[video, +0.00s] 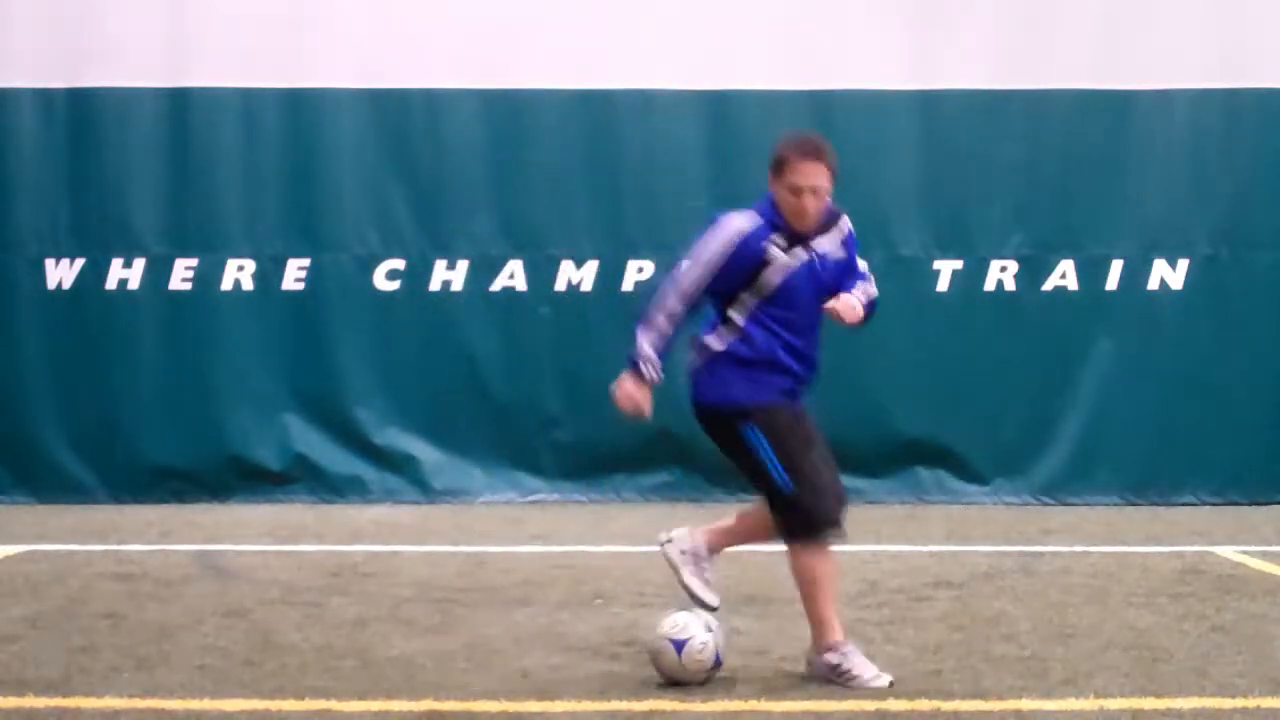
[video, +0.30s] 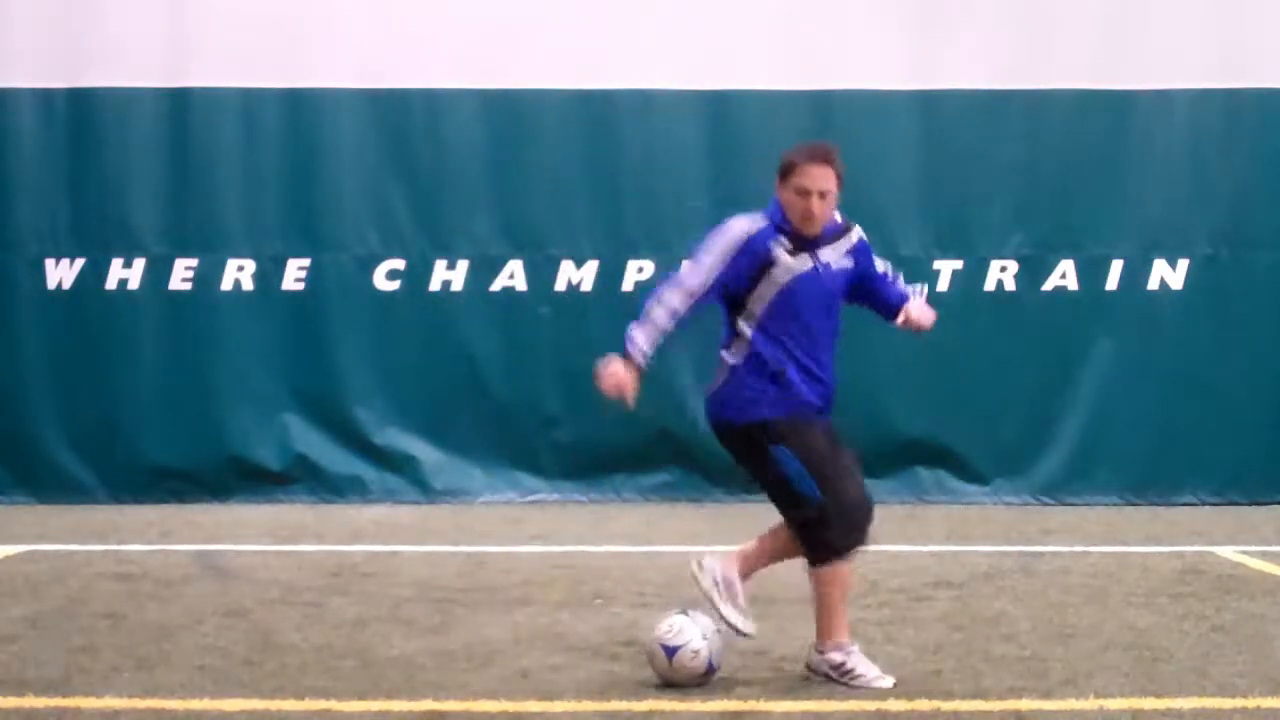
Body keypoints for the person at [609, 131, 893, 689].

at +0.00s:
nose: (811, 205)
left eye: (820, 192)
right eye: (799, 192)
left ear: (832, 190)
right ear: (775, 187)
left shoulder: (836, 229)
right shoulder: (740, 232)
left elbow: (860, 279)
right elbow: (676, 293)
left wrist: (856, 298)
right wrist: (641, 369)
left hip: (782, 391)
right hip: (732, 390)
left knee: (819, 502)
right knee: (806, 507)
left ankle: (697, 545)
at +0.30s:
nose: (815, 206)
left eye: (825, 196)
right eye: (803, 194)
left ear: (837, 197)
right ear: (780, 191)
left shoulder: (847, 241)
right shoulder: (749, 234)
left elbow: (878, 282)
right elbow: (685, 286)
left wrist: (907, 305)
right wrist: (632, 355)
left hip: (808, 407)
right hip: (751, 406)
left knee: (851, 514)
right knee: (829, 518)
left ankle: (731, 569)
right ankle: (833, 649)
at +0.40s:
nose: (797, 180)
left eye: (809, 169)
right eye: (787, 167)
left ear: (823, 169)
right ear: (766, 164)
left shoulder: (835, 220)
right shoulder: (730, 207)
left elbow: (873, 274)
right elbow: (660, 252)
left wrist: (911, 314)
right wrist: (624, 322)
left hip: (788, 385)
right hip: (725, 381)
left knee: (811, 495)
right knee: (778, 490)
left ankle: (757, 615)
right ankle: (815, 630)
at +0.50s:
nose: (773, 181)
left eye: (785, 171)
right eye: (763, 169)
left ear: (801, 173)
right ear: (743, 170)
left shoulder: (817, 223)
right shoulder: (708, 217)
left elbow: (851, 289)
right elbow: (647, 266)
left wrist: (874, 344)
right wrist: (631, 326)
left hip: (771, 394)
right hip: (699, 389)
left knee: (781, 523)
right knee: (708, 505)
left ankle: (772, 635)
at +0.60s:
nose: (733, 174)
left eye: (744, 164)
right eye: (722, 164)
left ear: (763, 167)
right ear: (706, 170)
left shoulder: (786, 221)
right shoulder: (674, 218)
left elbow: (807, 288)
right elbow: (624, 272)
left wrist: (817, 332)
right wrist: (621, 300)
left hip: (758, 396)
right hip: (680, 390)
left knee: (779, 518)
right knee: (642, 489)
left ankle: (772, 636)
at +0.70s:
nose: (686, 147)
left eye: (697, 137)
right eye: (676, 137)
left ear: (720, 138)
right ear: (662, 141)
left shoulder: (751, 191)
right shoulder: (636, 193)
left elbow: (773, 261)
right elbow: (590, 258)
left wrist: (779, 312)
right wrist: (590, 291)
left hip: (733, 371)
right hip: (654, 369)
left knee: (760, 489)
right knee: (605, 479)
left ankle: (770, 611)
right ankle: (564, 608)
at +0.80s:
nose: (647, 155)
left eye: (658, 144)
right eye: (637, 145)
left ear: (681, 144)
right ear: (624, 148)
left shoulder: (718, 195)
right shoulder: (600, 204)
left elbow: (749, 263)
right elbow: (559, 266)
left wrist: (760, 321)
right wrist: (551, 305)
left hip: (703, 365)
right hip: (624, 375)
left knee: (730, 452)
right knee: (590, 498)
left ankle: (736, 568)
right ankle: (592, 620)